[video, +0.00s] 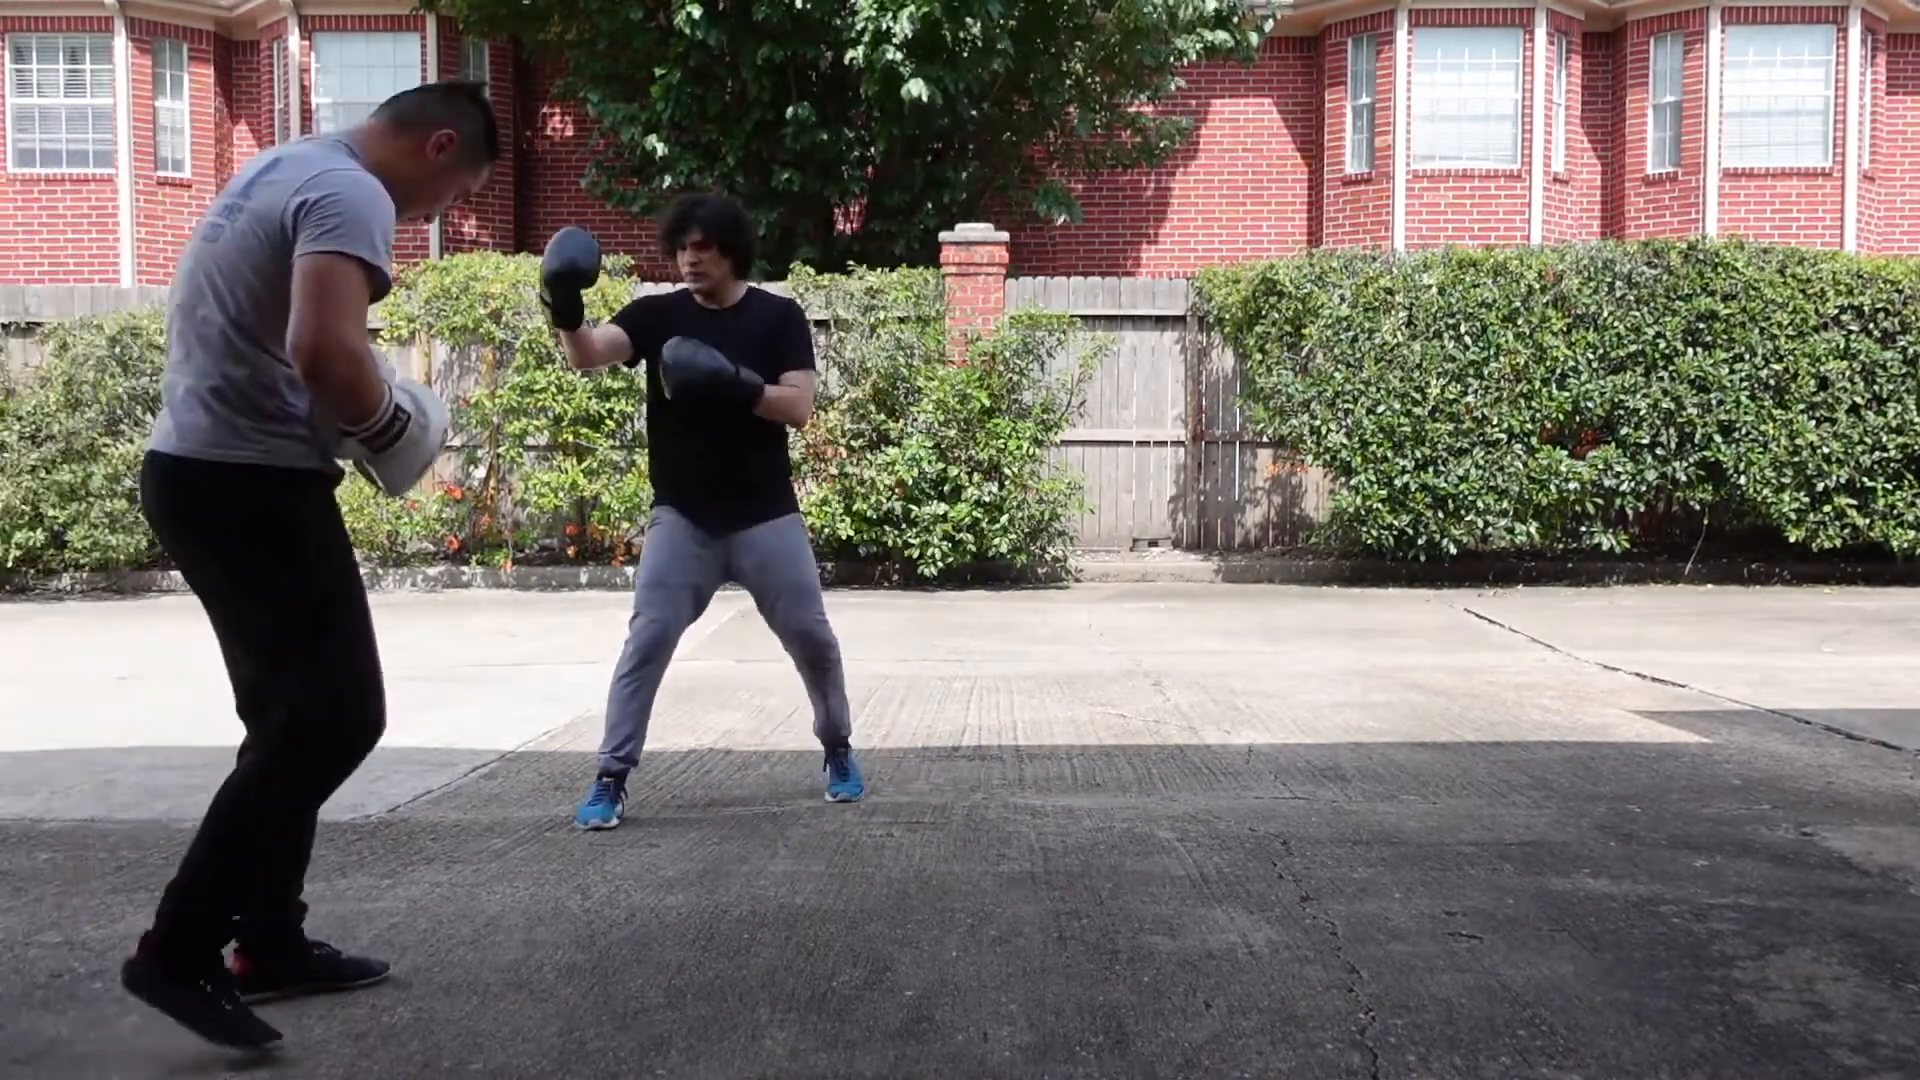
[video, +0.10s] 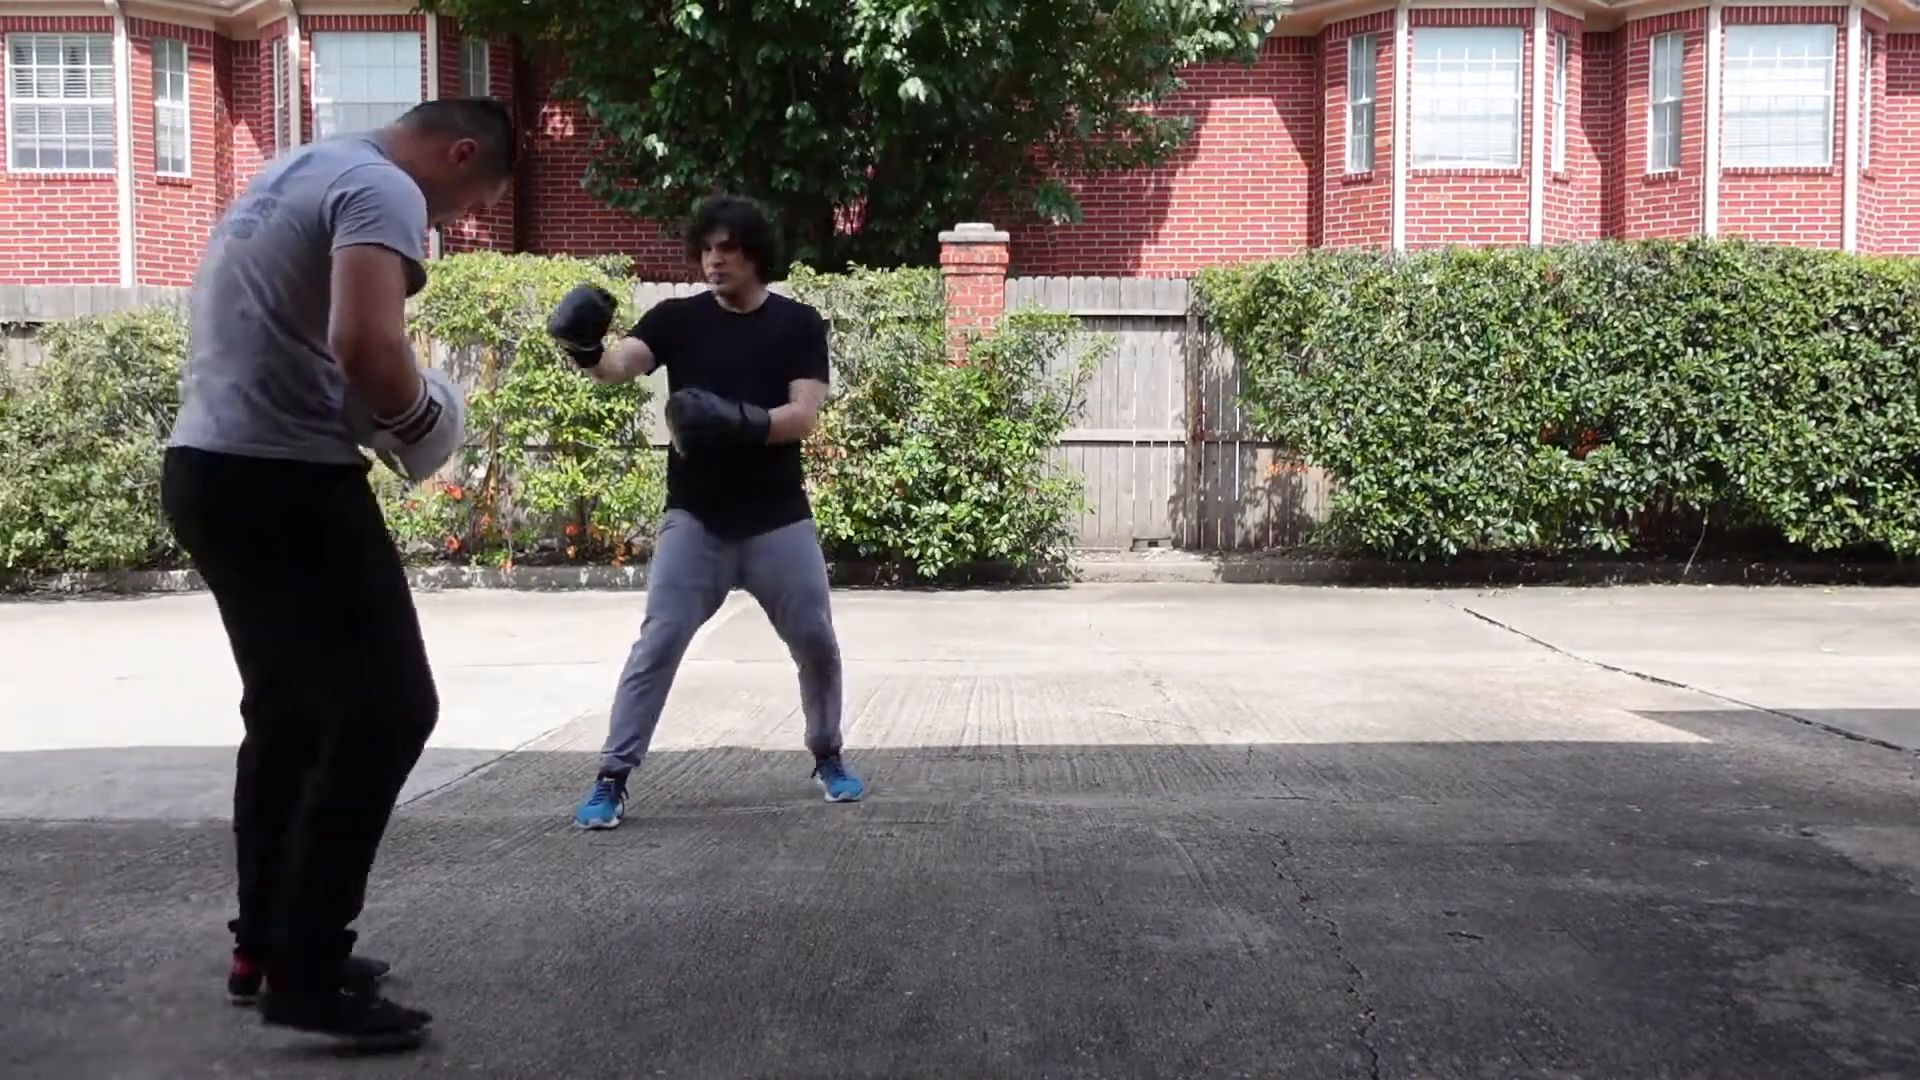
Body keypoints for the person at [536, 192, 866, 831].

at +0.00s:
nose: (692, 260)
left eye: (705, 248)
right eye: (684, 249)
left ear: (735, 252)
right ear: (676, 255)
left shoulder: (779, 317)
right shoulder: (658, 312)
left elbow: (800, 405)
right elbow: (588, 352)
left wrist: (732, 380)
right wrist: (564, 300)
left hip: (766, 516)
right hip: (681, 516)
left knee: (811, 636)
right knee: (647, 639)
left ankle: (839, 751)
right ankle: (610, 779)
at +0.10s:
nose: (716, 261)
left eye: (728, 250)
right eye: (707, 251)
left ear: (759, 254)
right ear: (697, 257)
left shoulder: (799, 323)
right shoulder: (678, 318)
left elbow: (805, 414)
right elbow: (618, 367)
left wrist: (743, 422)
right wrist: (587, 347)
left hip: (778, 518)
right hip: (695, 518)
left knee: (817, 640)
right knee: (658, 641)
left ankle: (828, 758)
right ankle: (611, 779)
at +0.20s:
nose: (735, 260)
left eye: (748, 250)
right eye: (727, 249)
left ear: (778, 257)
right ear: (716, 256)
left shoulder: (811, 324)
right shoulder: (693, 320)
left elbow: (812, 418)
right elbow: (641, 397)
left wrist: (761, 426)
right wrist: (629, 358)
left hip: (786, 519)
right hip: (704, 520)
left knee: (822, 640)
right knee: (663, 639)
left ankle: (831, 758)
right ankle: (619, 775)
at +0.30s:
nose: (739, 261)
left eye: (753, 251)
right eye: (732, 250)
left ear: (783, 256)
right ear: (721, 255)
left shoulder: (813, 320)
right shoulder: (697, 310)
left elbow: (816, 408)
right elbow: (647, 391)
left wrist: (766, 386)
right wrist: (644, 333)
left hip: (786, 517)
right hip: (703, 515)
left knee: (819, 644)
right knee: (659, 634)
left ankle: (832, 759)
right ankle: (635, 765)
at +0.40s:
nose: (735, 261)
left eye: (748, 251)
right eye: (726, 250)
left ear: (777, 256)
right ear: (713, 254)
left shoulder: (807, 313)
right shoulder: (690, 305)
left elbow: (814, 385)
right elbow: (635, 375)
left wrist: (768, 333)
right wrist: (636, 312)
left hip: (781, 512)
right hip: (699, 510)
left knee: (813, 640)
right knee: (655, 627)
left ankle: (831, 756)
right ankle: (642, 751)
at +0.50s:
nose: (726, 266)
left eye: (738, 255)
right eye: (716, 255)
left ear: (765, 259)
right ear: (701, 258)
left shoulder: (792, 313)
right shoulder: (676, 306)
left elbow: (799, 378)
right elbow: (620, 369)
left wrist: (768, 313)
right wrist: (624, 304)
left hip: (768, 514)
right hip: (688, 513)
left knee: (803, 642)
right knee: (651, 629)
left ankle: (830, 757)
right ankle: (643, 748)